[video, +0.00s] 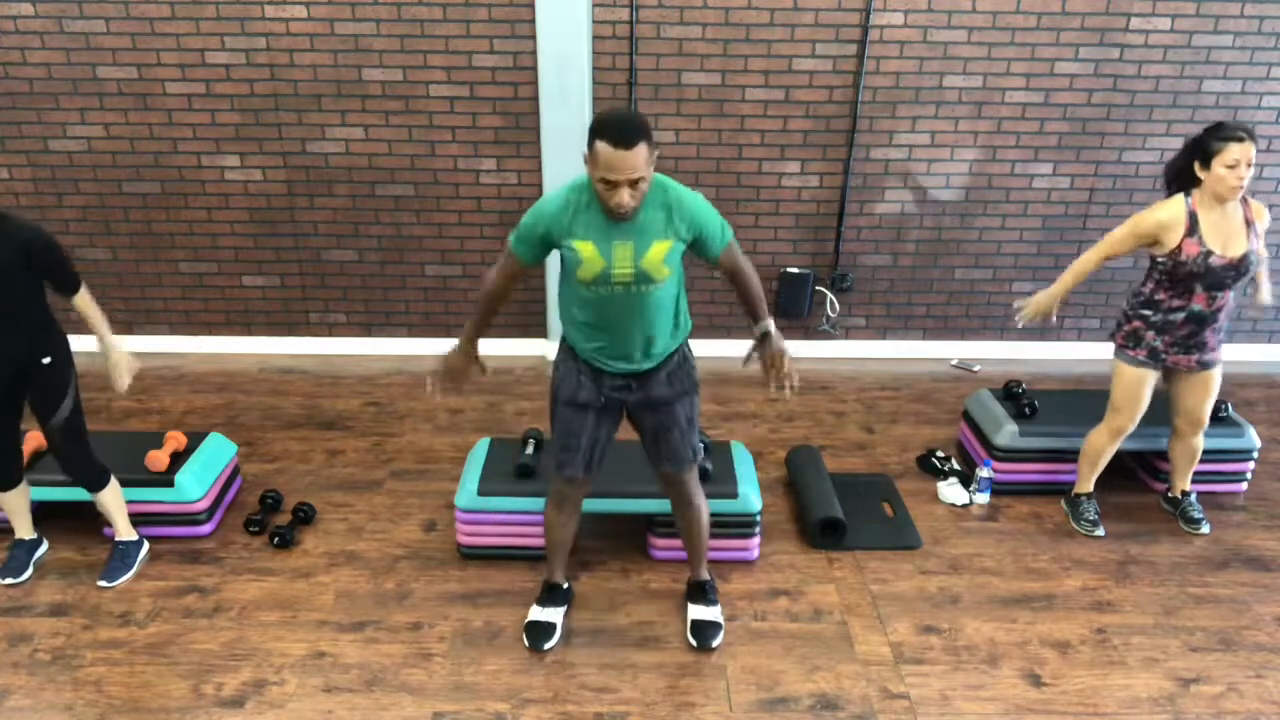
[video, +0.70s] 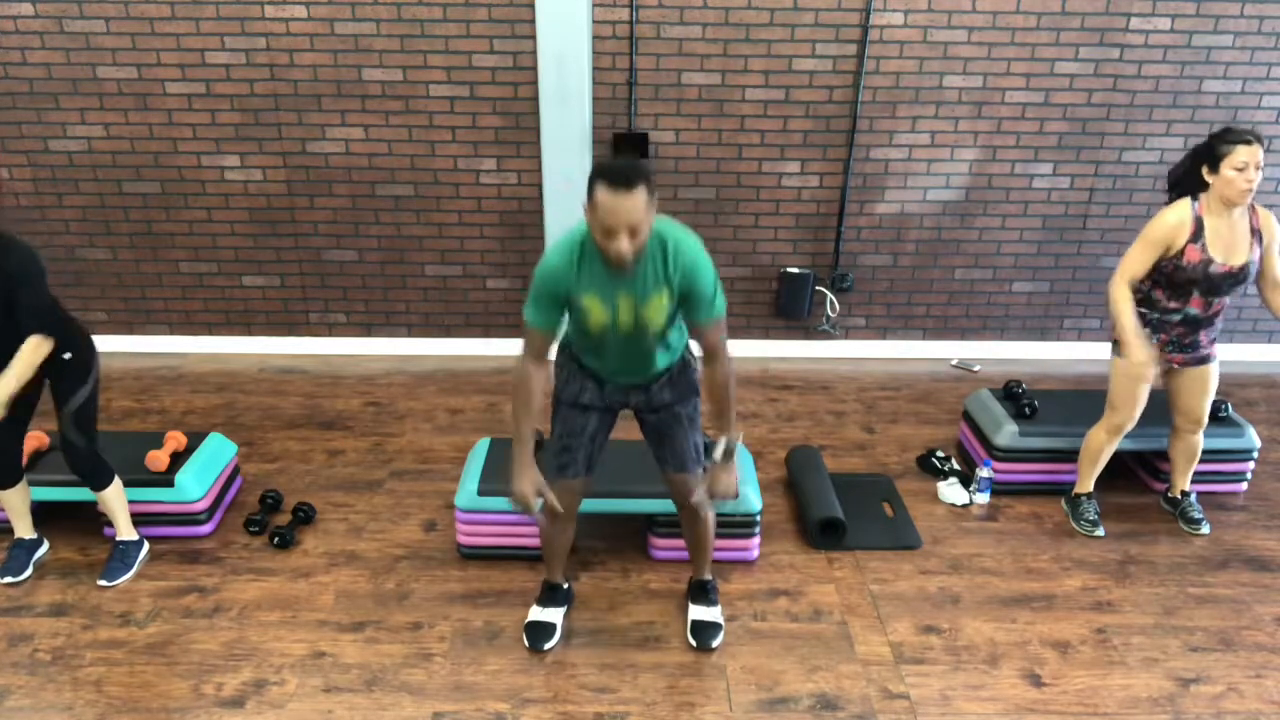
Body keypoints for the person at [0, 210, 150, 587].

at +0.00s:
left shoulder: (20, 237)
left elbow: (74, 289)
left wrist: (112, 345)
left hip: (43, 360)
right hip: (1, 370)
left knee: (75, 456)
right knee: (3, 461)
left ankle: (129, 539)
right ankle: (26, 539)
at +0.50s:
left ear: (8, 186)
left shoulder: (28, 239)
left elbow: (67, 311)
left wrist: (91, 378)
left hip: (41, 366)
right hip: (3, 376)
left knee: (79, 452)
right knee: (7, 460)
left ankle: (128, 538)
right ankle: (26, 539)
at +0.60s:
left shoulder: (22, 244)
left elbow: (52, 324)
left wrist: (46, 400)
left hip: (51, 362)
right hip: (8, 371)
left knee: (79, 452)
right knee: (6, 461)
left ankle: (129, 538)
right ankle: (26, 539)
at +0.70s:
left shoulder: (13, 256)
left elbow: (41, 337)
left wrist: (2, 395)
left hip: (66, 348)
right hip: (17, 354)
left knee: (77, 448)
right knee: (4, 448)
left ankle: (128, 538)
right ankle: (26, 539)